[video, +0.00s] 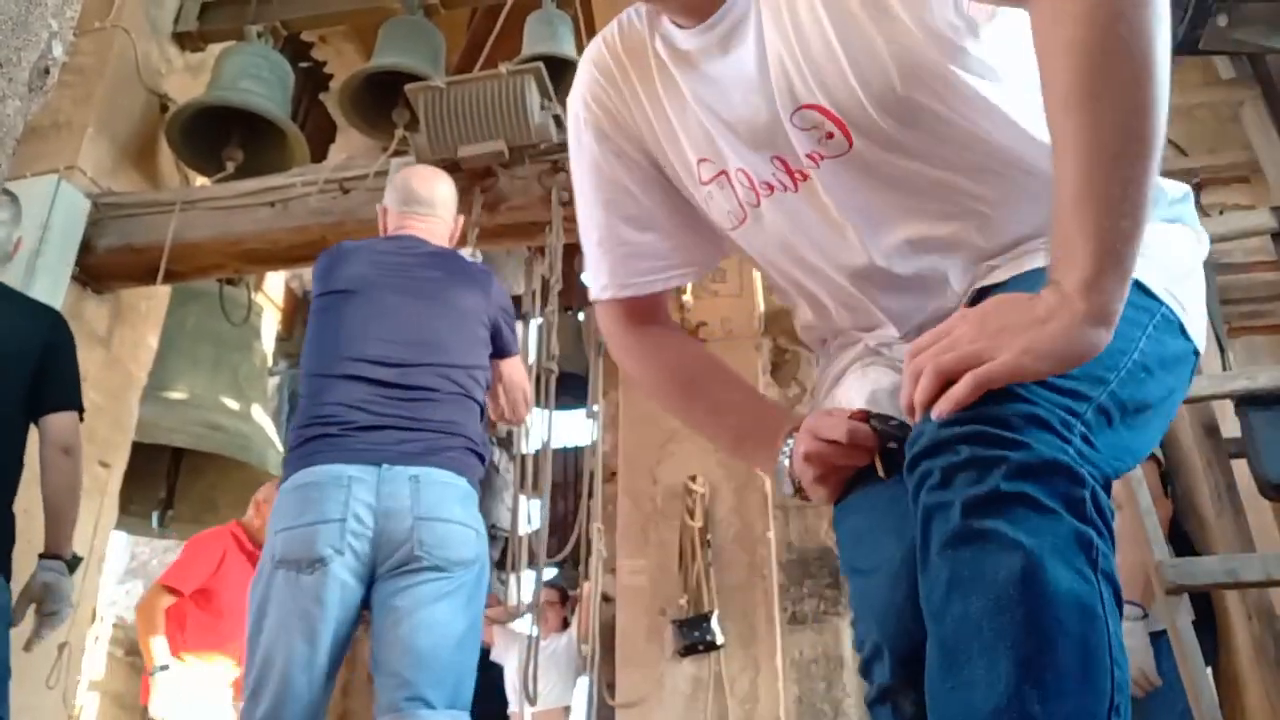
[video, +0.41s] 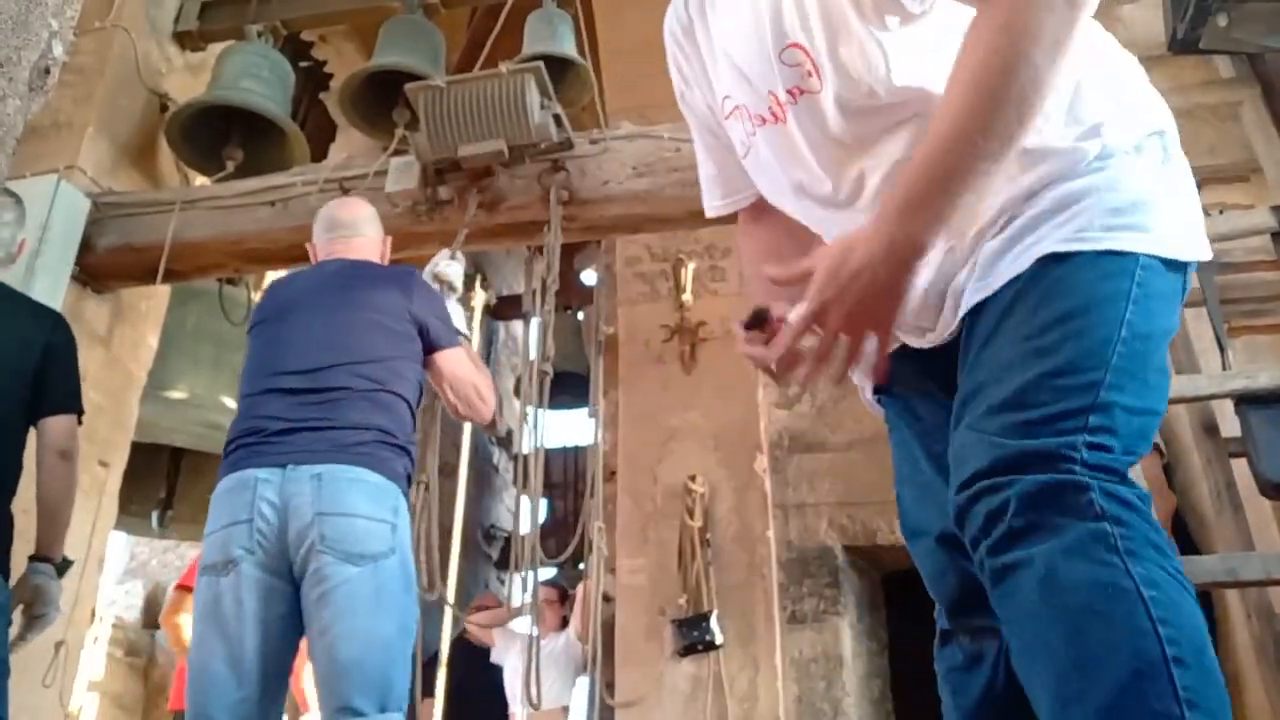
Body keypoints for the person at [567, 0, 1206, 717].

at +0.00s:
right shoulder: (614, 86)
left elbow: (1093, 4)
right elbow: (632, 321)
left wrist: (1080, 297)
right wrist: (786, 442)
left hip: (1063, 267)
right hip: (870, 359)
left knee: (974, 451)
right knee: (899, 626)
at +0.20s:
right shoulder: (653, 46)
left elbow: (1042, 19)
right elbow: (707, 252)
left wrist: (1056, 328)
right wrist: (799, 395)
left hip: (1052, 234)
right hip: (886, 314)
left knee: (1016, 511)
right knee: (924, 591)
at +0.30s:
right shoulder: (671, 37)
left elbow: (1049, 8)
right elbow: (740, 229)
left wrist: (970, 292)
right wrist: (780, 350)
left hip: (1067, 212)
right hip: (893, 294)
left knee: (1022, 511)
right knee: (935, 576)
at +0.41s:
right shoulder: (689, 23)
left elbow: (1042, 3)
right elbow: (763, 205)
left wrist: (894, 234)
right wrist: (779, 306)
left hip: (1065, 191)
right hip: (904, 295)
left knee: (1033, 490)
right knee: (963, 579)